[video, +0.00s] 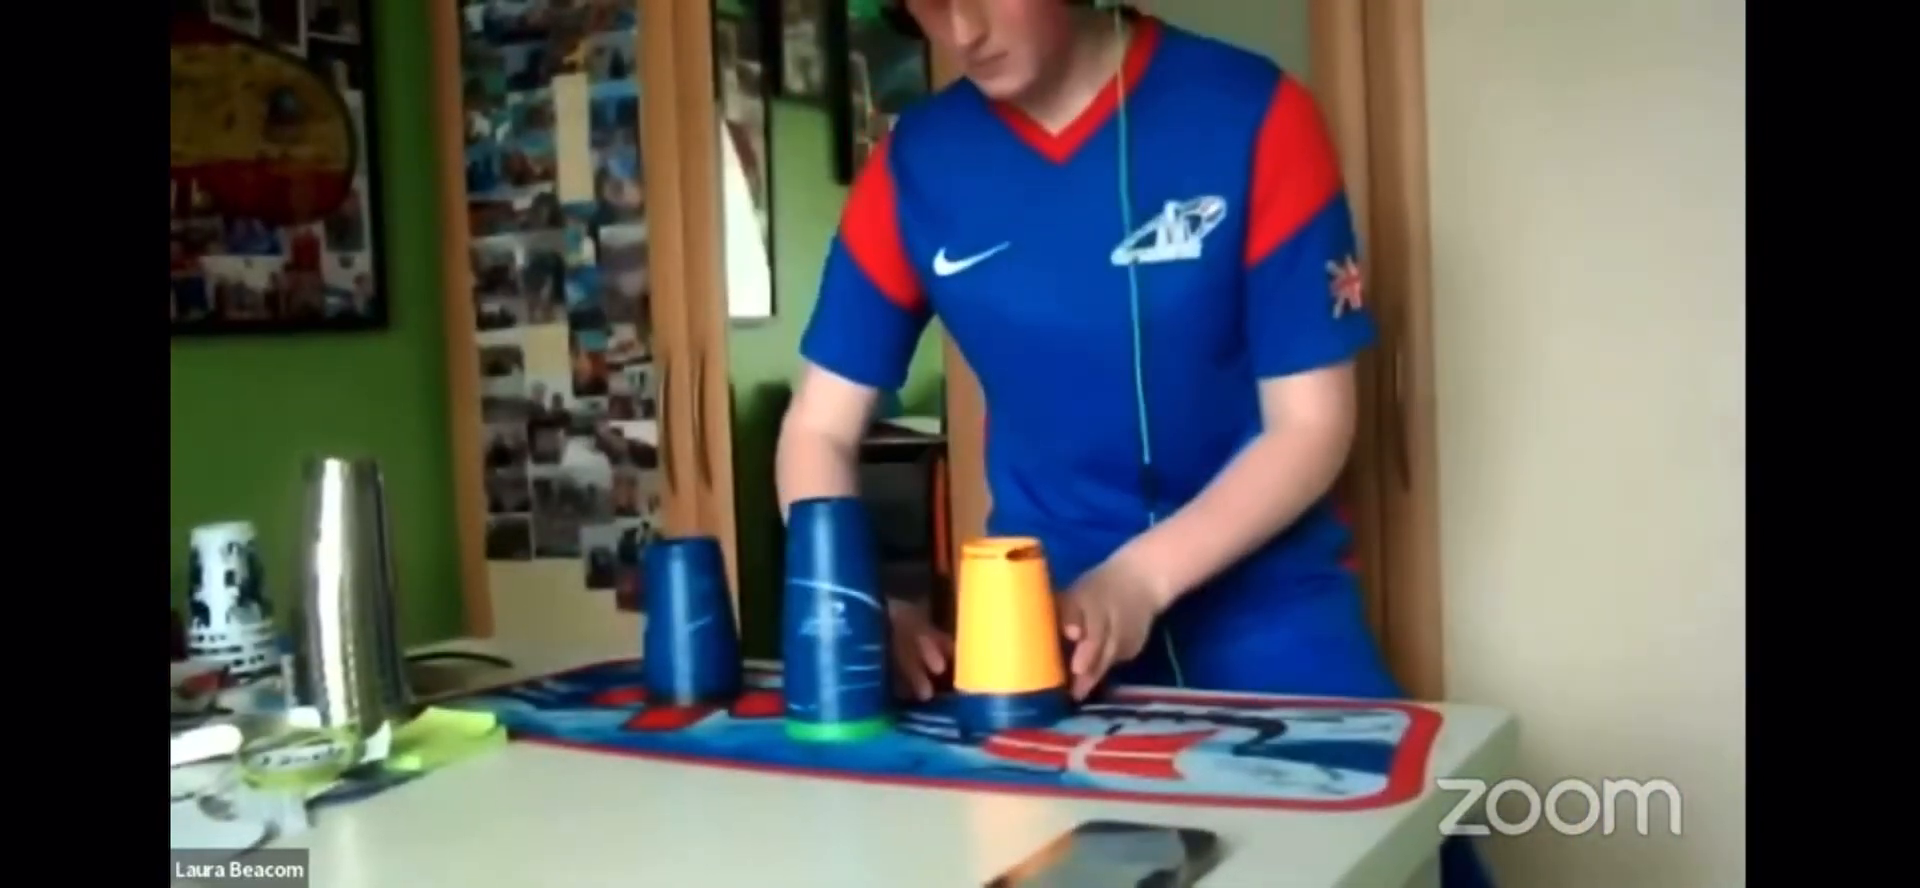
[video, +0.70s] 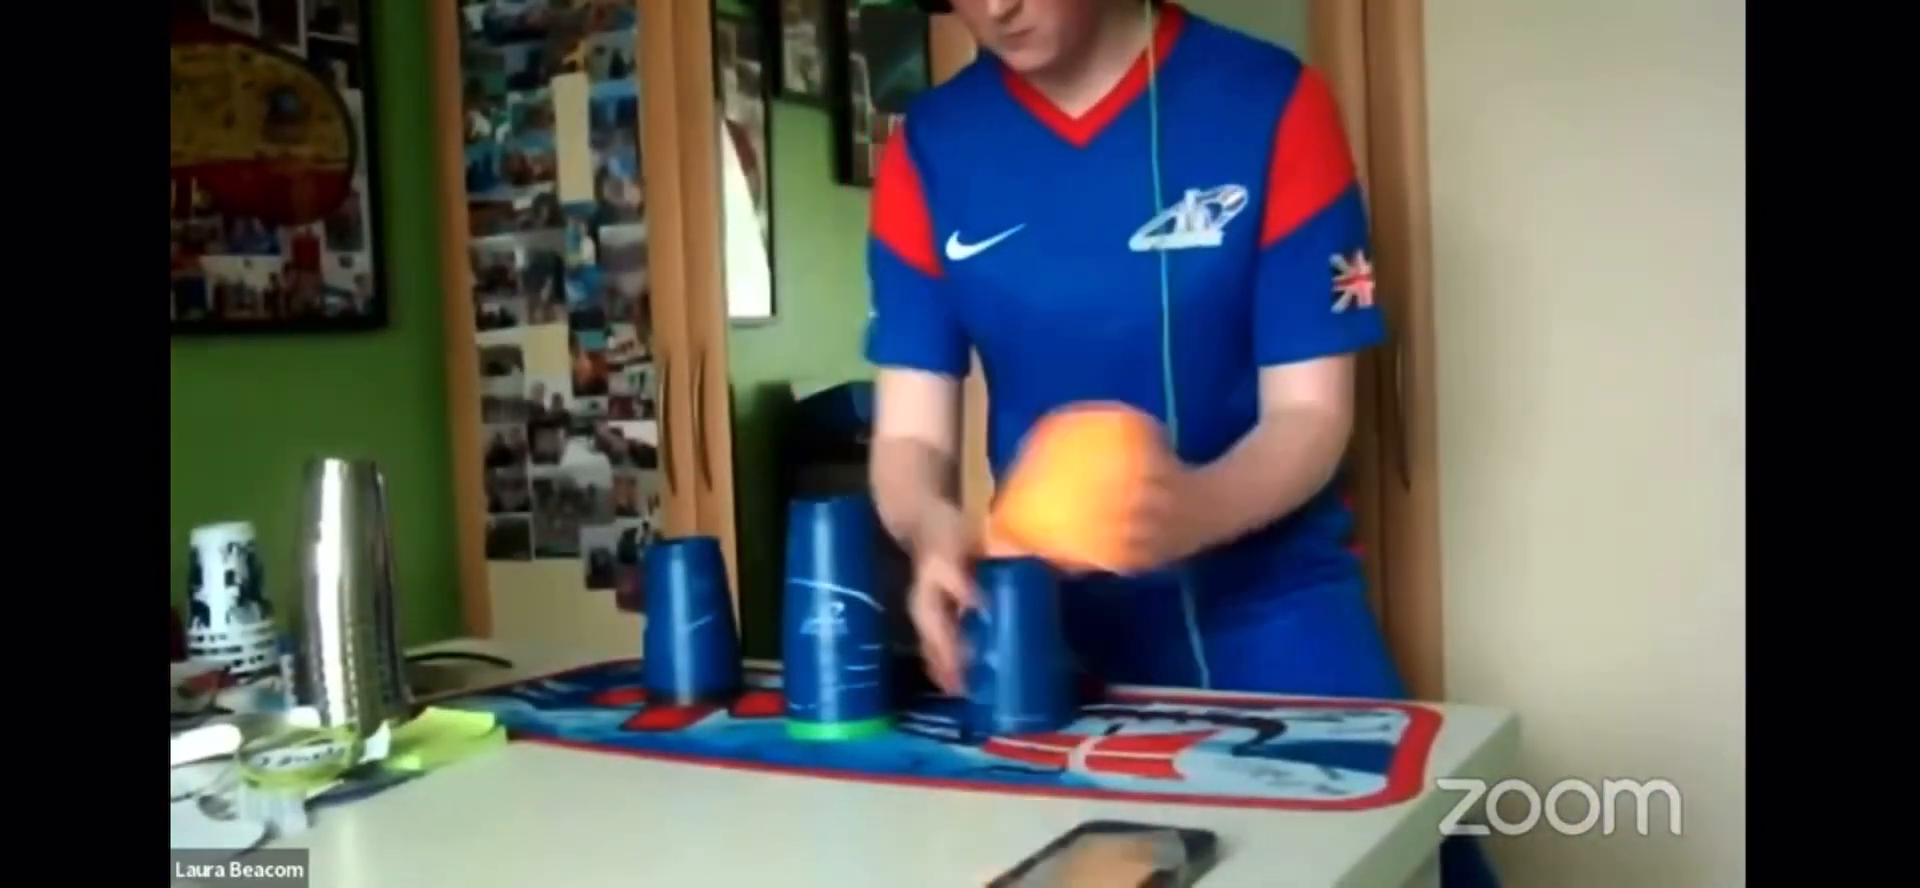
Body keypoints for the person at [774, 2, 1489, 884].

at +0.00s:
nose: (961, 31)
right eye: (930, 5)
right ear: (910, 12)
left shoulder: (1250, 117)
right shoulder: (918, 166)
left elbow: (1314, 426)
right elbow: (818, 431)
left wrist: (1138, 580)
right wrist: (859, 606)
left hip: (1266, 626)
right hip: (1045, 649)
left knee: (1378, 857)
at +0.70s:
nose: (994, 7)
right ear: (943, 4)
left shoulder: (1267, 105)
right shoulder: (931, 149)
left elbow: (1309, 415)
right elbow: (911, 444)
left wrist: (1201, 506)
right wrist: (933, 527)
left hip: (1269, 614)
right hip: (1055, 629)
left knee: (1384, 858)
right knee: (1070, 867)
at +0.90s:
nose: (1018, 1)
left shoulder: (1286, 101)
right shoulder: (941, 143)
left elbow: (1322, 418)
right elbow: (916, 446)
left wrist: (1251, 552)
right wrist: (965, 461)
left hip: (1270, 582)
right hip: (1048, 596)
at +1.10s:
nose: (942, 5)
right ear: (911, 4)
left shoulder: (1243, 120)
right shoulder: (924, 150)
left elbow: (1220, 466)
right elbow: (921, 434)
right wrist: (827, 471)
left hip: (1280, 640)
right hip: (1063, 650)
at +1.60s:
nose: (848, 40)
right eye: (824, 17)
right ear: (816, 33)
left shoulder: (1160, 122)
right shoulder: (886, 180)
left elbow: (1161, 464)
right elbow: (902, 448)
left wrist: (855, 544)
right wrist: (733, 485)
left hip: (1251, 607)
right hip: (1061, 618)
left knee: (1331, 867)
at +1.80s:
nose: (836, 51)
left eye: (864, 4)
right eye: (809, 27)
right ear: (798, 46)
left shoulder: (1115, 134)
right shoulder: (878, 175)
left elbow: (1133, 468)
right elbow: (883, 447)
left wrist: (826, 490)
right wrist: (729, 498)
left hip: (1222, 600)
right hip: (1039, 602)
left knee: (1277, 864)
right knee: (1065, 865)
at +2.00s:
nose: (947, 28)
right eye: (911, 10)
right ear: (893, 29)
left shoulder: (1238, 134)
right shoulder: (899, 199)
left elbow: (1305, 436)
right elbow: (909, 471)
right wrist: (978, 471)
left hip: (1284, 643)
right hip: (1057, 675)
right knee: (1078, 871)